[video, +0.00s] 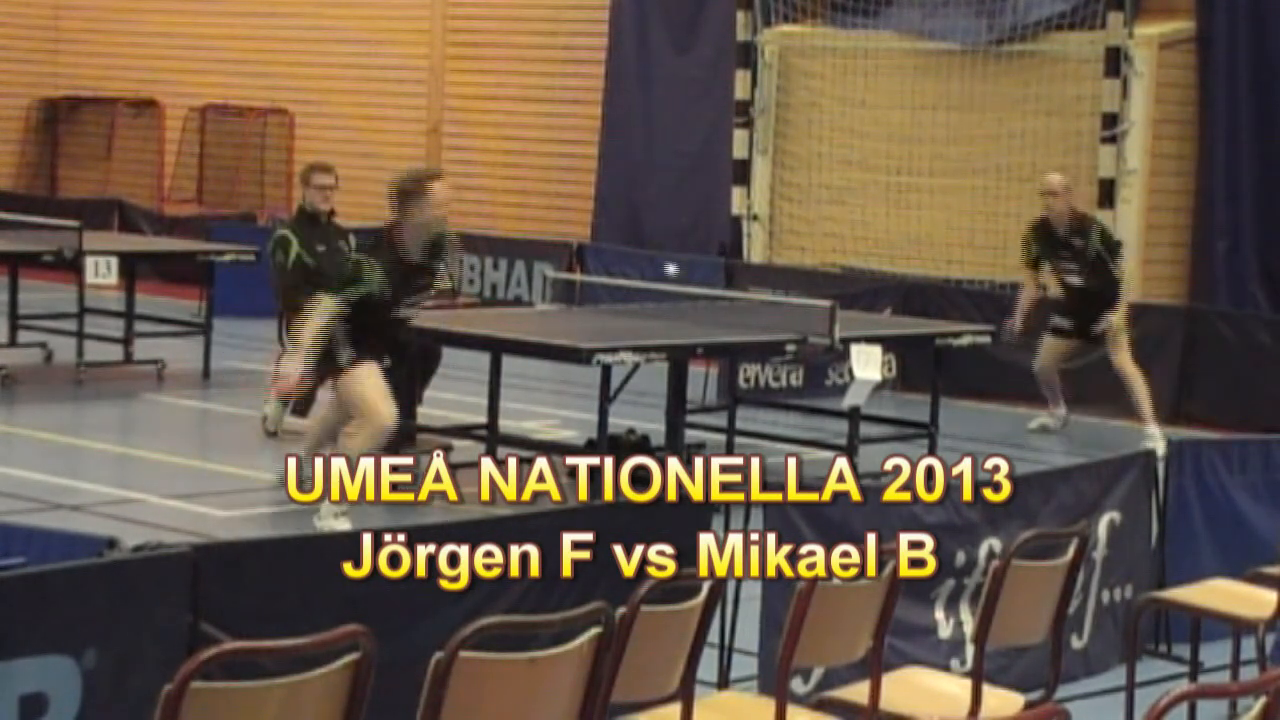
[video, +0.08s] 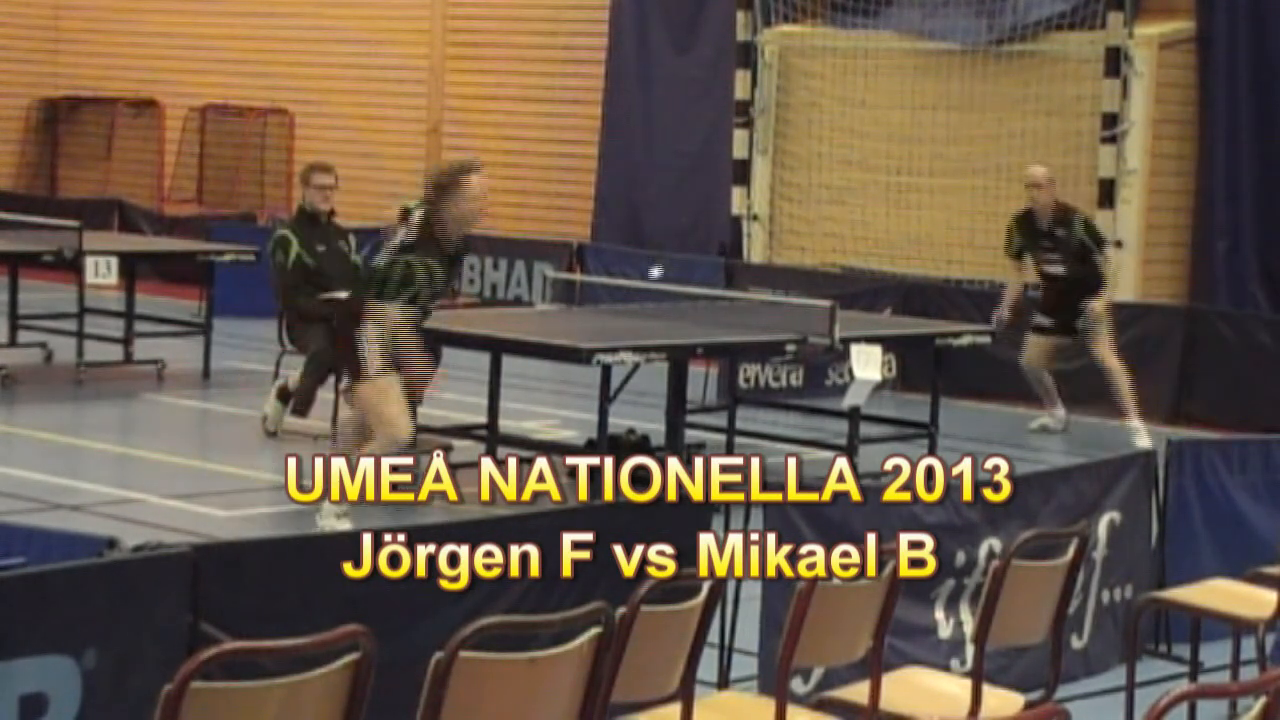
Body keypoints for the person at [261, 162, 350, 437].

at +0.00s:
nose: (326, 194)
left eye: (331, 188)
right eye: (319, 188)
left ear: (336, 191)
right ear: (304, 190)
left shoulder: (343, 235)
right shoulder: (287, 236)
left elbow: (352, 279)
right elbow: (290, 295)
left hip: (342, 324)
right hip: (306, 324)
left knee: (347, 400)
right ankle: (278, 406)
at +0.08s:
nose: (327, 194)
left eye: (331, 188)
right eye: (320, 188)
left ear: (336, 191)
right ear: (304, 190)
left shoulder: (343, 235)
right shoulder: (289, 235)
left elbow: (358, 278)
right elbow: (290, 295)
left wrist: (352, 302)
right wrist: (331, 308)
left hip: (344, 317)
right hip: (306, 317)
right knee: (325, 352)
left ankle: (361, 413)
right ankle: (286, 397)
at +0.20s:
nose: (327, 194)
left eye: (331, 188)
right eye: (320, 188)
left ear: (337, 191)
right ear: (303, 190)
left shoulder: (343, 235)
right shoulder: (288, 236)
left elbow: (357, 278)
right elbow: (290, 294)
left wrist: (362, 304)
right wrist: (329, 312)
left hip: (345, 316)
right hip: (307, 317)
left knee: (395, 345)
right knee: (328, 353)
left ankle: (362, 392)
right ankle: (284, 394)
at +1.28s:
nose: (332, 194)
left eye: (335, 188)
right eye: (325, 188)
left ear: (339, 190)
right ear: (306, 189)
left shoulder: (343, 230)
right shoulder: (289, 235)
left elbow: (356, 277)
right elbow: (286, 295)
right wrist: (327, 315)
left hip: (341, 321)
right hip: (304, 321)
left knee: (364, 350)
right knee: (335, 350)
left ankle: (359, 413)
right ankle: (285, 392)